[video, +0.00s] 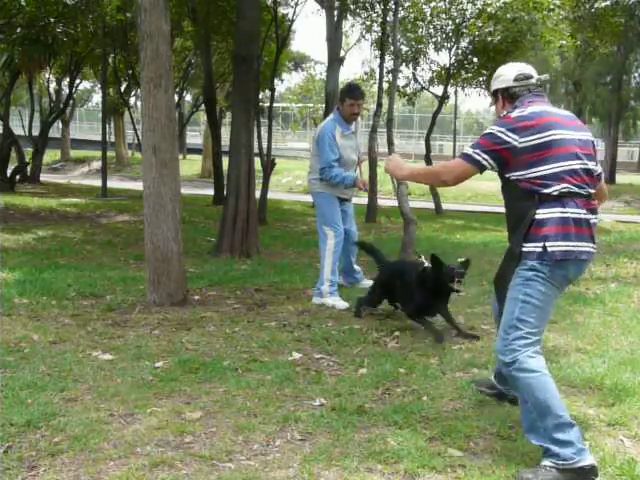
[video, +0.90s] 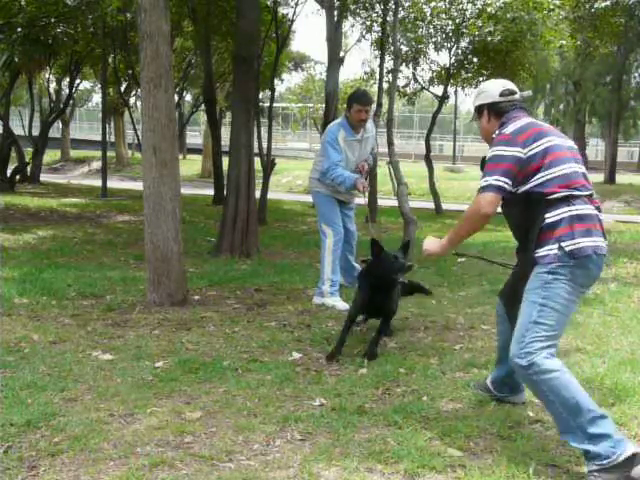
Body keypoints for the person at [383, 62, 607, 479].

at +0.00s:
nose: (494, 109)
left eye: (494, 103)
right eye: (493, 103)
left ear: (504, 97)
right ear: (536, 92)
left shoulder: (511, 125)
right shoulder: (576, 124)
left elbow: (452, 173)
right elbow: (599, 193)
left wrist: (405, 172)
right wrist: (562, 217)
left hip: (546, 245)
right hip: (579, 244)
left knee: (516, 350)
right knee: (507, 300)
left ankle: (569, 456)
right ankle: (509, 382)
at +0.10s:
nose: (487, 117)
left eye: (487, 110)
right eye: (487, 110)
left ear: (496, 107)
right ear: (524, 101)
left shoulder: (510, 130)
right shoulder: (551, 128)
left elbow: (466, 187)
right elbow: (561, 200)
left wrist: (416, 195)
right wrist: (509, 228)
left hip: (551, 247)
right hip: (577, 245)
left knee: (516, 350)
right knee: (506, 294)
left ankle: (568, 453)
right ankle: (505, 383)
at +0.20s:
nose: (478, 139)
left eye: (478, 131)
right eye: (478, 132)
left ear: (487, 127)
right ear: (510, 121)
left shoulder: (510, 139)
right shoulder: (525, 138)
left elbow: (507, 197)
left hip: (569, 246)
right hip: (554, 245)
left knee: (517, 339)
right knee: (498, 303)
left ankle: (564, 449)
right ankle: (503, 383)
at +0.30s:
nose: (470, 151)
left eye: (470, 143)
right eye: (468, 144)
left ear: (480, 137)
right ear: (489, 139)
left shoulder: (514, 143)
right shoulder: (498, 175)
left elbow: (551, 184)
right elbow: (483, 232)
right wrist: (451, 264)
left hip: (580, 249)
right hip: (550, 253)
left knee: (531, 341)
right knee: (498, 307)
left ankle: (589, 452)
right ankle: (506, 385)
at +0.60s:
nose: (480, 136)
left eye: (479, 126)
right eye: (479, 127)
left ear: (490, 121)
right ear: (502, 119)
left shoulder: (525, 132)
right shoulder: (519, 152)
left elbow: (558, 177)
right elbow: (543, 228)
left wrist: (533, 246)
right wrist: (505, 265)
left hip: (593, 249)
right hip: (566, 251)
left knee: (558, 360)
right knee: (527, 317)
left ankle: (622, 461)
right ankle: (511, 385)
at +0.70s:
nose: (482, 130)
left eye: (481, 120)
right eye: (480, 121)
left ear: (494, 114)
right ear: (513, 109)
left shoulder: (524, 132)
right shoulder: (539, 129)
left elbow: (535, 185)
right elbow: (566, 197)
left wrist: (499, 245)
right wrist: (535, 252)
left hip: (589, 248)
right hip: (565, 246)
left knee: (556, 360)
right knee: (522, 312)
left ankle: (622, 461)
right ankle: (510, 384)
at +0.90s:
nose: (478, 128)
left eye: (477, 120)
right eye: (477, 120)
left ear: (490, 115)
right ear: (514, 109)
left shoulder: (509, 136)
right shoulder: (544, 131)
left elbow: (485, 207)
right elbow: (570, 193)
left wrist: (445, 243)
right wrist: (534, 246)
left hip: (565, 248)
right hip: (578, 243)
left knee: (530, 353)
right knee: (510, 305)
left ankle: (611, 452)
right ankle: (506, 384)